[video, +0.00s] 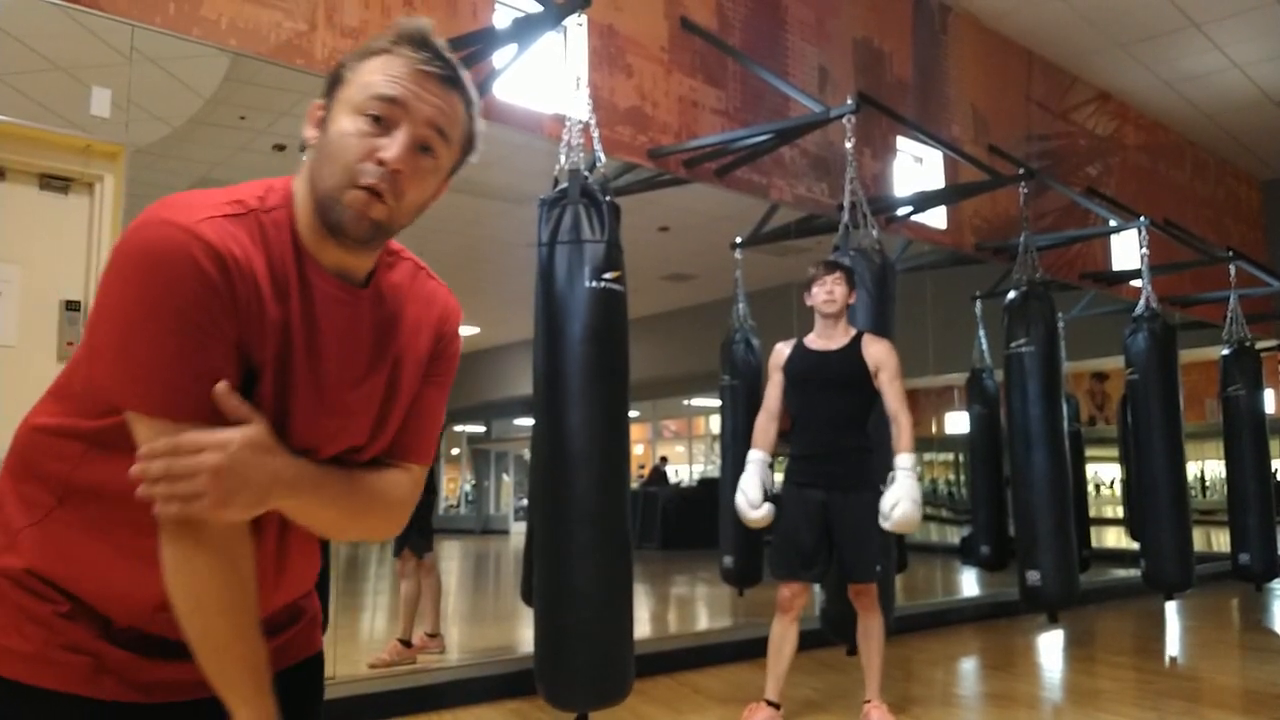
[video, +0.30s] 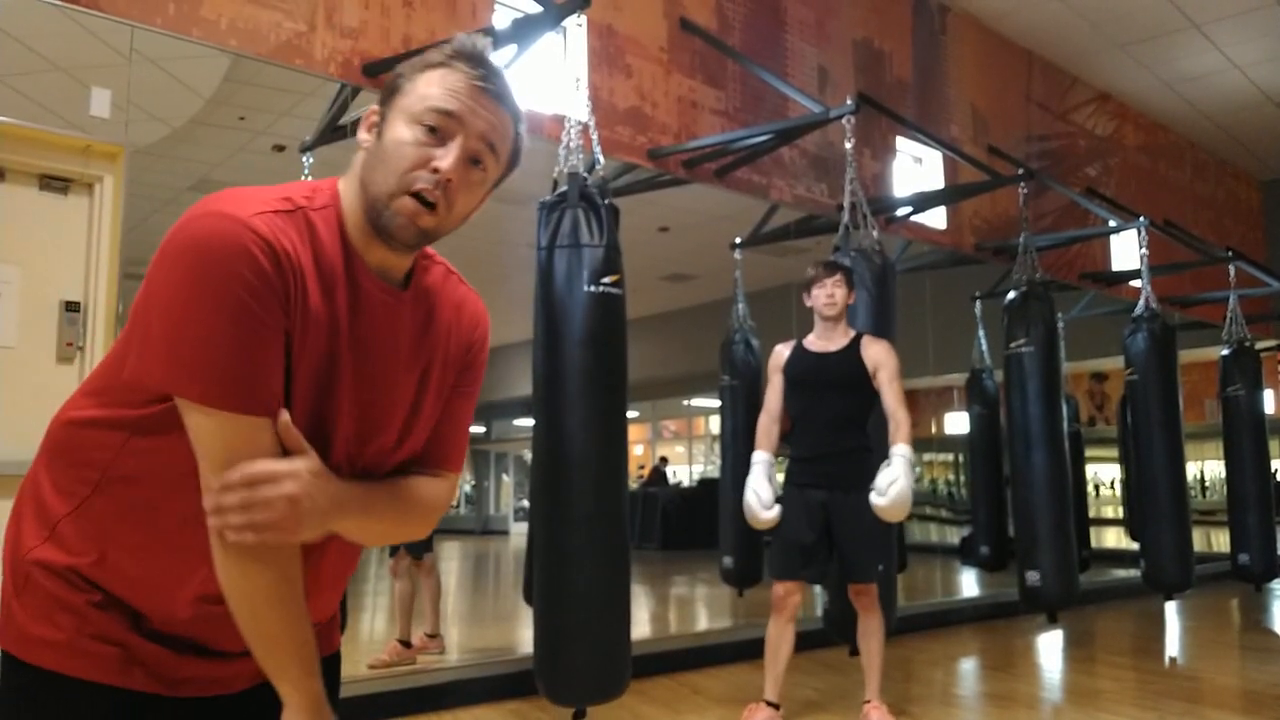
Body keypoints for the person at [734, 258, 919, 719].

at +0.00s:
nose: (827, 289)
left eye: (835, 283)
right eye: (819, 284)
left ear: (851, 296)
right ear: (809, 297)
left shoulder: (876, 350)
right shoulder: (785, 353)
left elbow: (899, 417)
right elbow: (768, 417)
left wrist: (905, 475)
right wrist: (755, 470)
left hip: (859, 491)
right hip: (801, 490)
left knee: (865, 596)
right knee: (788, 598)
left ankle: (873, 701)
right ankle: (770, 702)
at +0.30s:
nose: (829, 293)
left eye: (837, 287)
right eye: (821, 287)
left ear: (850, 297)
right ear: (809, 298)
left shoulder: (875, 351)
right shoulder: (785, 354)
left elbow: (897, 416)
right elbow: (770, 417)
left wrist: (900, 460)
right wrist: (761, 469)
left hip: (860, 491)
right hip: (801, 490)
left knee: (865, 595)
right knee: (783, 596)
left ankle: (873, 701)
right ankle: (770, 703)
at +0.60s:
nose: (830, 294)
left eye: (837, 287)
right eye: (822, 288)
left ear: (849, 295)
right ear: (807, 298)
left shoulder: (874, 351)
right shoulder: (785, 355)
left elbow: (896, 417)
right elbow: (769, 417)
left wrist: (899, 471)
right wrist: (756, 471)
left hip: (857, 491)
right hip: (799, 491)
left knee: (864, 596)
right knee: (785, 597)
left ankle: (872, 701)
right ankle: (770, 703)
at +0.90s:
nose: (830, 293)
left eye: (837, 287)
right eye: (822, 288)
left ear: (850, 296)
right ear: (809, 298)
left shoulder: (875, 351)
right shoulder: (786, 355)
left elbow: (896, 418)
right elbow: (772, 421)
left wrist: (902, 477)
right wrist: (759, 479)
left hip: (857, 492)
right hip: (800, 492)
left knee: (864, 596)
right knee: (788, 597)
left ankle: (873, 701)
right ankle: (770, 703)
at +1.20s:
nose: (830, 292)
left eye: (838, 286)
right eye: (822, 287)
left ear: (851, 296)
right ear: (808, 298)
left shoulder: (875, 351)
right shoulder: (787, 355)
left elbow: (896, 418)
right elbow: (772, 420)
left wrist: (898, 473)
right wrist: (759, 476)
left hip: (858, 492)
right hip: (801, 492)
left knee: (865, 596)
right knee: (788, 598)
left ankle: (872, 701)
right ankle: (770, 703)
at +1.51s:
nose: (830, 293)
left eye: (837, 286)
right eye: (822, 287)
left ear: (851, 295)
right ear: (808, 298)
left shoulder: (875, 350)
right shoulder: (787, 355)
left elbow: (896, 417)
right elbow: (773, 420)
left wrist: (897, 471)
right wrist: (760, 475)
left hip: (859, 491)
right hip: (801, 491)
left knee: (865, 596)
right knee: (788, 597)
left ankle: (872, 700)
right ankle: (770, 702)